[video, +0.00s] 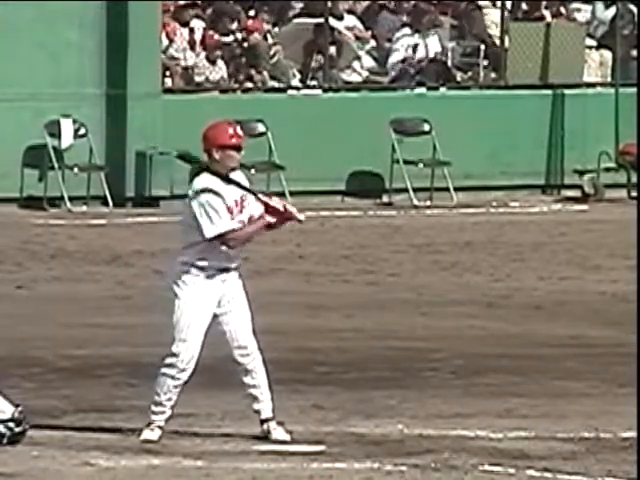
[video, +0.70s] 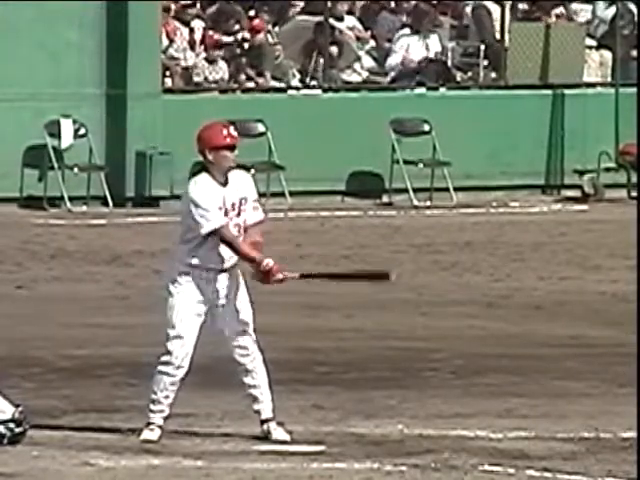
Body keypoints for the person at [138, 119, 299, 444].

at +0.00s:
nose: (238, 155)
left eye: (239, 148)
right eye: (232, 149)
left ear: (230, 152)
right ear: (214, 153)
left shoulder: (237, 178)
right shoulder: (204, 189)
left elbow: (251, 210)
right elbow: (231, 240)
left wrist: (276, 213)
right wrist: (265, 221)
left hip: (229, 276)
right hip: (197, 279)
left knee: (247, 350)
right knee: (184, 355)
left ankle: (268, 420)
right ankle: (156, 422)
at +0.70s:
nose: (233, 154)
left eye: (233, 148)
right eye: (226, 149)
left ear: (232, 151)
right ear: (208, 155)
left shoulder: (242, 179)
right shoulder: (198, 189)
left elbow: (256, 224)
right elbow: (224, 235)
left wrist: (249, 251)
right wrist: (262, 263)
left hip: (229, 276)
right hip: (192, 278)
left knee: (246, 349)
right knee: (177, 352)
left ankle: (268, 421)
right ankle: (154, 421)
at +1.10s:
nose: (218, 151)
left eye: (218, 145)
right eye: (210, 146)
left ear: (219, 148)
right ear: (192, 150)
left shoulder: (230, 184)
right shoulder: (168, 185)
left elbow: (216, 232)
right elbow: (157, 227)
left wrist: (183, 262)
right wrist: (159, 257)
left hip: (218, 276)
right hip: (180, 278)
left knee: (239, 350)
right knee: (168, 357)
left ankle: (267, 420)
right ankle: (154, 421)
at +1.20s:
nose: (219, 151)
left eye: (219, 145)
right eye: (212, 146)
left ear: (218, 148)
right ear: (193, 150)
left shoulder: (229, 182)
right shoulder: (168, 183)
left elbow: (210, 228)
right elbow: (154, 224)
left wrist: (164, 236)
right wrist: (143, 235)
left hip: (218, 276)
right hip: (178, 277)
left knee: (238, 349)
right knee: (168, 357)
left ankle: (267, 420)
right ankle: (154, 422)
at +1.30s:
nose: (219, 150)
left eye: (220, 145)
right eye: (212, 146)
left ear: (219, 147)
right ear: (193, 149)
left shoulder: (229, 180)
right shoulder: (167, 182)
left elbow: (208, 221)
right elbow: (156, 229)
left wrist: (163, 218)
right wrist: (143, 218)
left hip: (218, 275)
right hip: (178, 277)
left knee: (239, 350)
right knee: (168, 357)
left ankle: (267, 420)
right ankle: (154, 422)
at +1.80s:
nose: (230, 149)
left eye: (230, 144)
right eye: (224, 145)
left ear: (227, 147)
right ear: (205, 149)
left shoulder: (238, 178)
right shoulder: (186, 187)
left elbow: (260, 220)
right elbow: (188, 236)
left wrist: (239, 209)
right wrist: (214, 213)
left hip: (228, 276)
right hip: (192, 278)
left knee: (246, 351)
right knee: (177, 354)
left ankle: (267, 421)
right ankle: (155, 421)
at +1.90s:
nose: (234, 151)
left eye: (234, 146)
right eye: (228, 147)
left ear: (227, 149)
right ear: (210, 151)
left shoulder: (238, 177)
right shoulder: (192, 190)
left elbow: (261, 219)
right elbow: (211, 238)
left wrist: (263, 213)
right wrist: (237, 216)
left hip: (229, 276)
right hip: (194, 279)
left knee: (246, 351)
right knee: (181, 355)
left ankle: (267, 421)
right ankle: (156, 421)